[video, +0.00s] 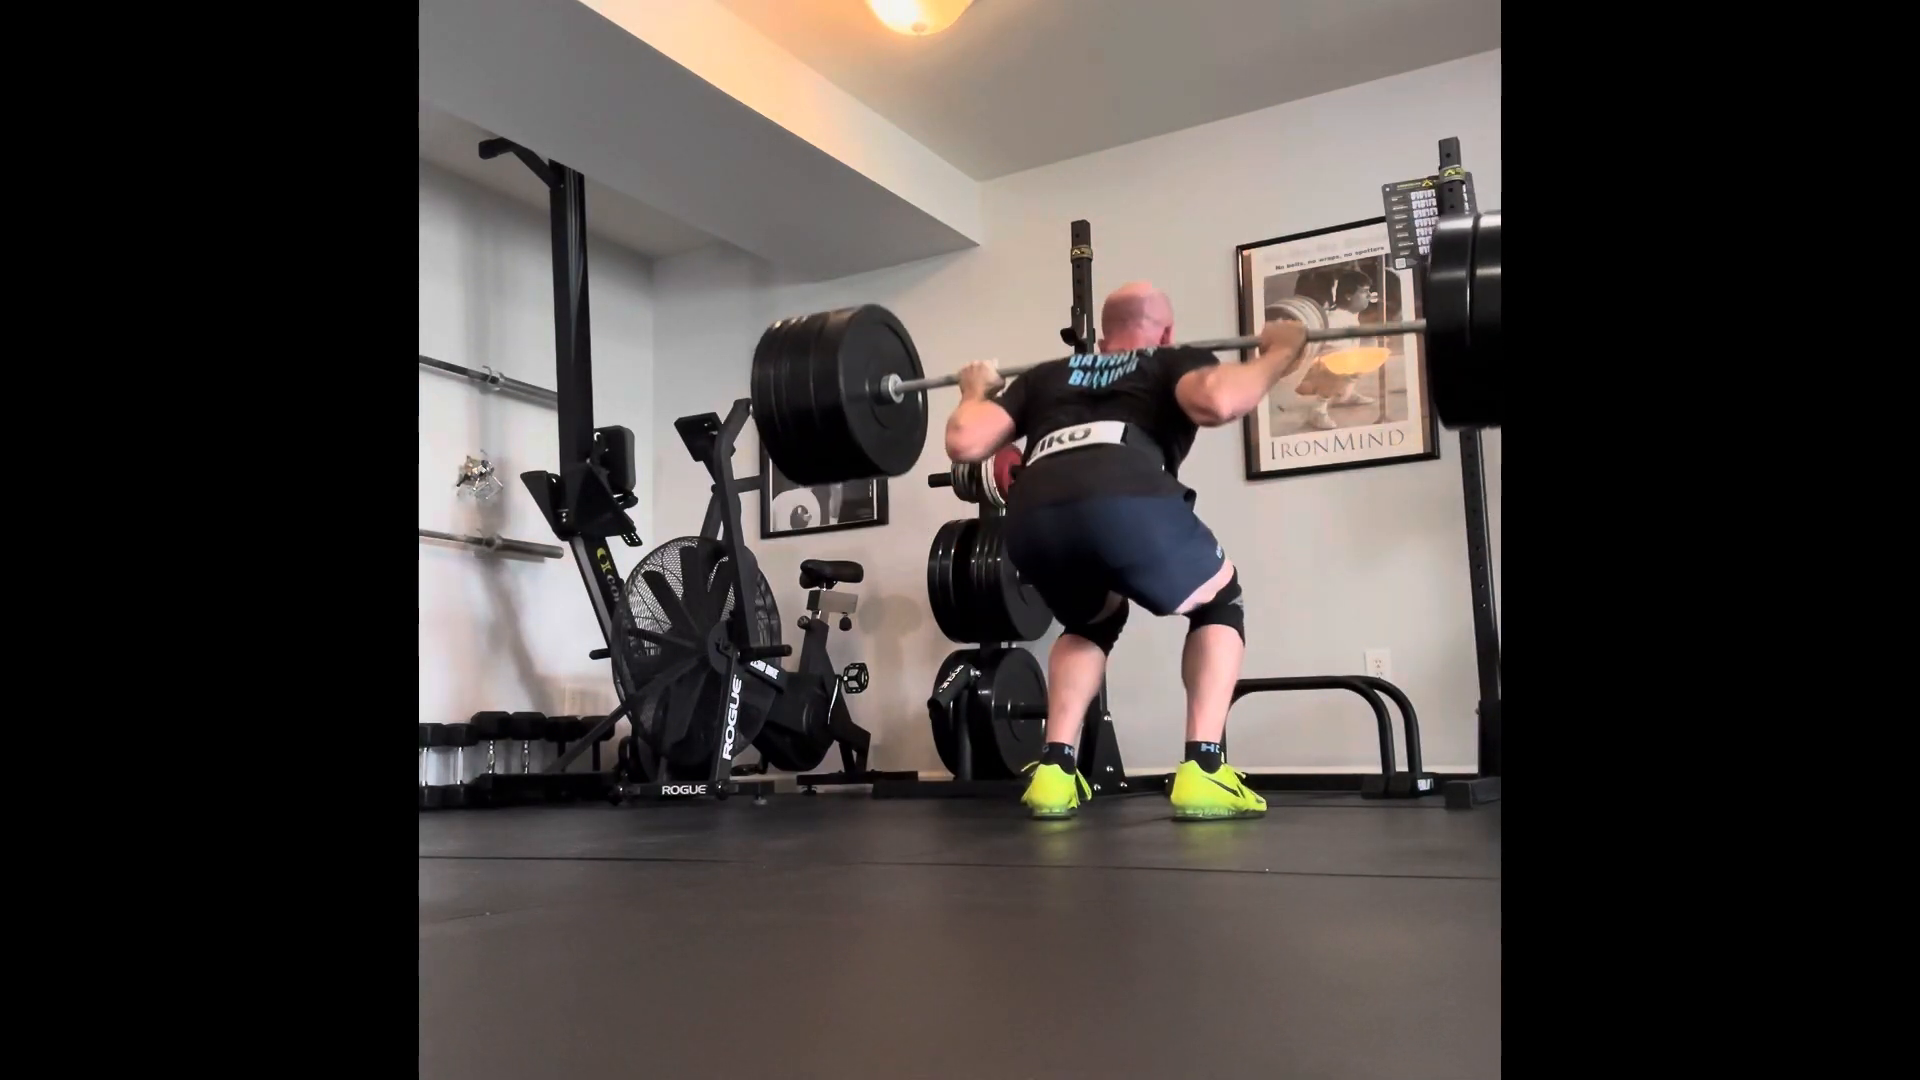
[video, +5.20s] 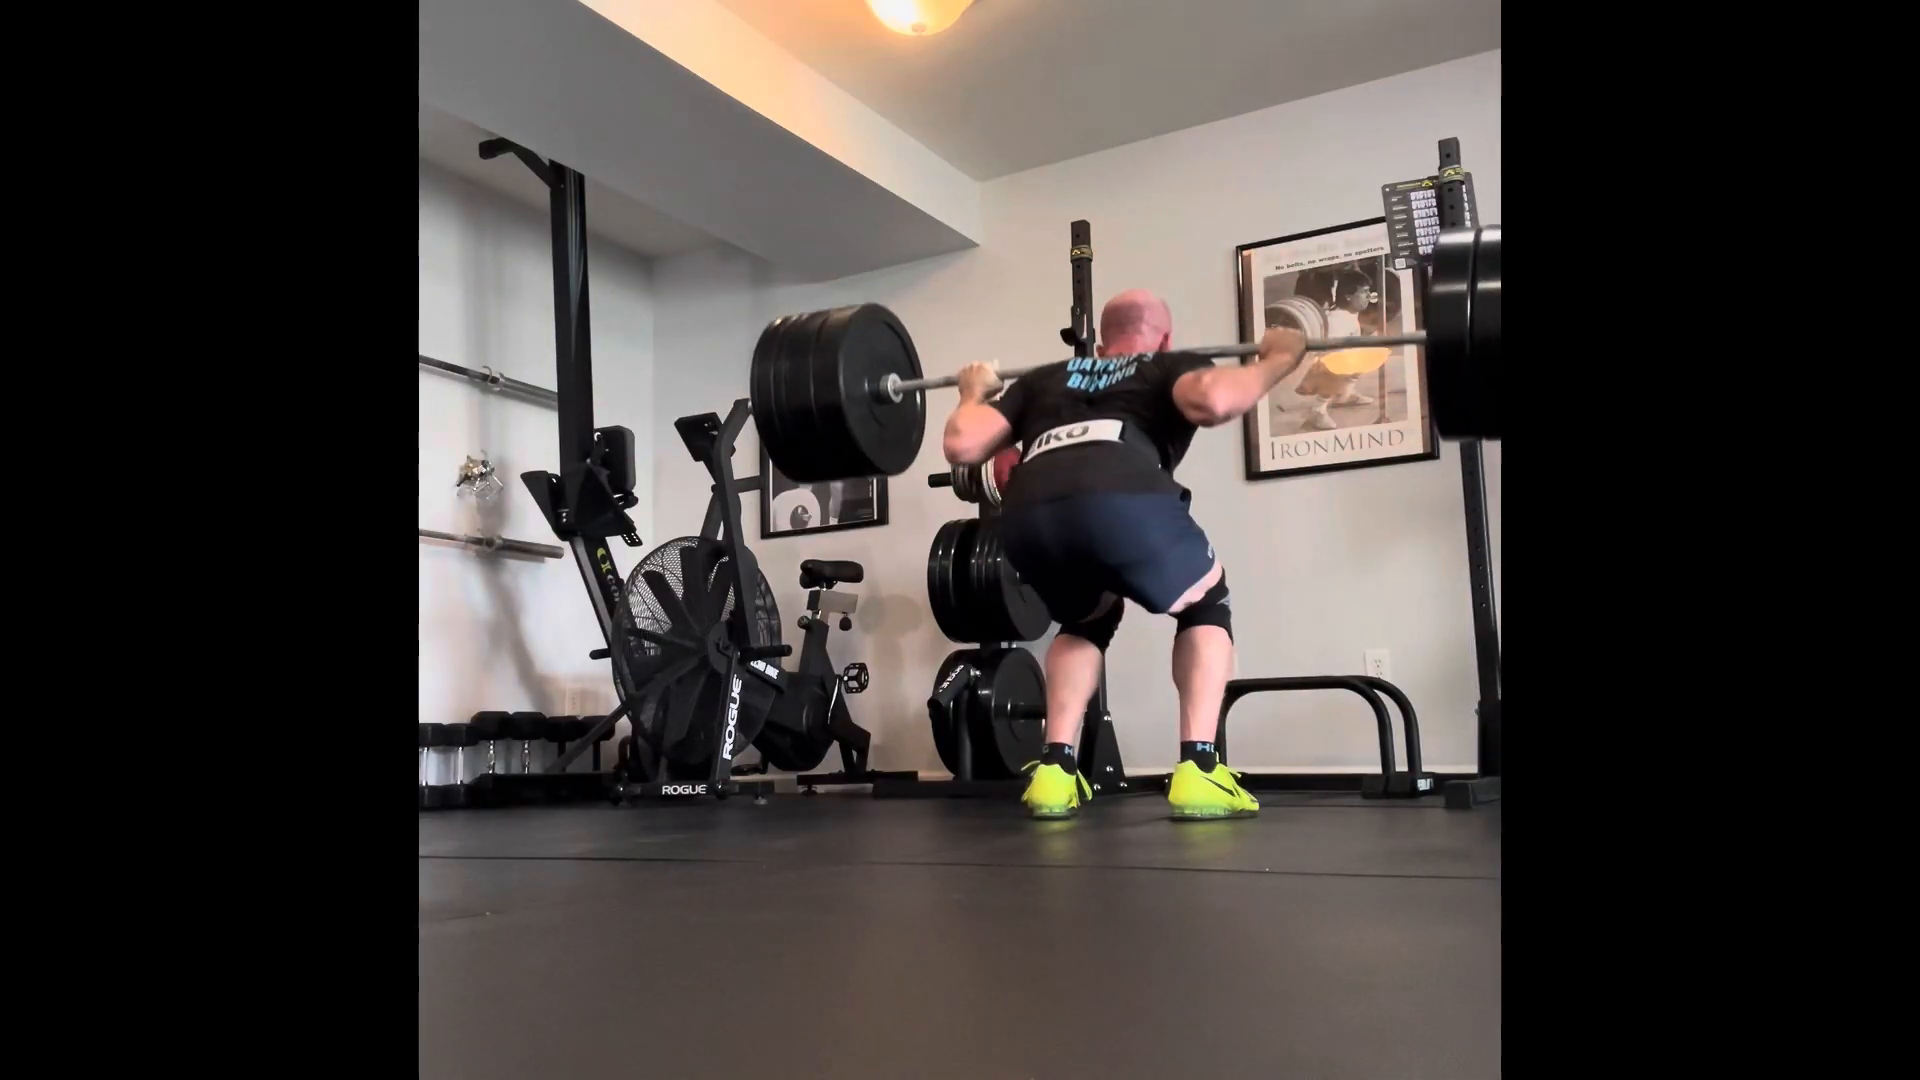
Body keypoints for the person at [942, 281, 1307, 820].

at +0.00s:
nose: (1169, 335)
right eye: (1168, 329)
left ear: (1100, 333)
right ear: (1163, 332)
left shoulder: (1045, 375)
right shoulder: (1173, 360)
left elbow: (963, 443)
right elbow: (1218, 401)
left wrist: (972, 393)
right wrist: (1279, 352)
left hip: (1032, 508)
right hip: (1126, 495)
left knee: (1094, 617)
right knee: (1218, 604)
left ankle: (1055, 770)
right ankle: (1203, 767)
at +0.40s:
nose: (1159, 228)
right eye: (1158, 220)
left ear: (1089, 227)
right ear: (1156, 225)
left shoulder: (1045, 282)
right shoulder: (1169, 259)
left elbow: (967, 349)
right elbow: (1213, 305)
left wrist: (967, 296)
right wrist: (1269, 249)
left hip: (1052, 438)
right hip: (1142, 424)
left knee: (1086, 604)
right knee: (1223, 593)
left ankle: (1056, 765)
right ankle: (1205, 766)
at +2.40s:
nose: (1146, 149)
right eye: (1151, 140)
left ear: (1084, 151)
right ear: (1153, 146)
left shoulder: (1043, 201)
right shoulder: (1165, 176)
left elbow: (967, 259)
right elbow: (1216, 218)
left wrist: (968, 213)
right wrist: (1271, 157)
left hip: (1066, 380)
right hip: (1154, 377)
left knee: (1056, 573)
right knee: (1169, 569)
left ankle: (1050, 764)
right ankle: (1197, 763)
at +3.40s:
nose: (1151, 244)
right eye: (1150, 236)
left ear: (1079, 246)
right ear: (1150, 244)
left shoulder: (1038, 294)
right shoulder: (1165, 271)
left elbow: (956, 346)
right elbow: (1214, 312)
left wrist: (967, 301)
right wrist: (1271, 254)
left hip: (1049, 450)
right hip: (1141, 438)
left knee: (1053, 612)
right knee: (1222, 598)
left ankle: (1050, 765)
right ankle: (1201, 765)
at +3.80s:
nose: (1157, 324)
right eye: (1156, 318)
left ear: (1088, 326)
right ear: (1155, 323)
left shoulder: (1040, 371)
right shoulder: (1168, 353)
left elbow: (957, 441)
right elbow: (1214, 401)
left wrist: (967, 390)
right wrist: (1274, 345)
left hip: (1037, 508)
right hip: (1130, 494)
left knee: (1056, 627)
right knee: (1233, 610)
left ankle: (1051, 769)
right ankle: (1202, 766)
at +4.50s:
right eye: (1169, 413)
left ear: (1101, 420)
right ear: (1168, 419)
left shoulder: (1047, 463)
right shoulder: (1181, 450)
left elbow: (965, 539)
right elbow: (1227, 507)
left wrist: (975, 474)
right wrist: (1289, 447)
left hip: (1042, 615)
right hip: (1143, 604)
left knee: (1042, 637)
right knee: (1247, 614)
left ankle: (1052, 767)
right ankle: (1203, 767)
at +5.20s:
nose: (1167, 343)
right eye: (1167, 336)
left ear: (1098, 338)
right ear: (1161, 338)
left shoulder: (1042, 379)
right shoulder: (1168, 364)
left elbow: (961, 446)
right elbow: (1213, 401)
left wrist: (972, 394)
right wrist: (1276, 360)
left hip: (1026, 509)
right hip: (1122, 496)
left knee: (1087, 615)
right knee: (1205, 605)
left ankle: (1055, 770)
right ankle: (1199, 767)